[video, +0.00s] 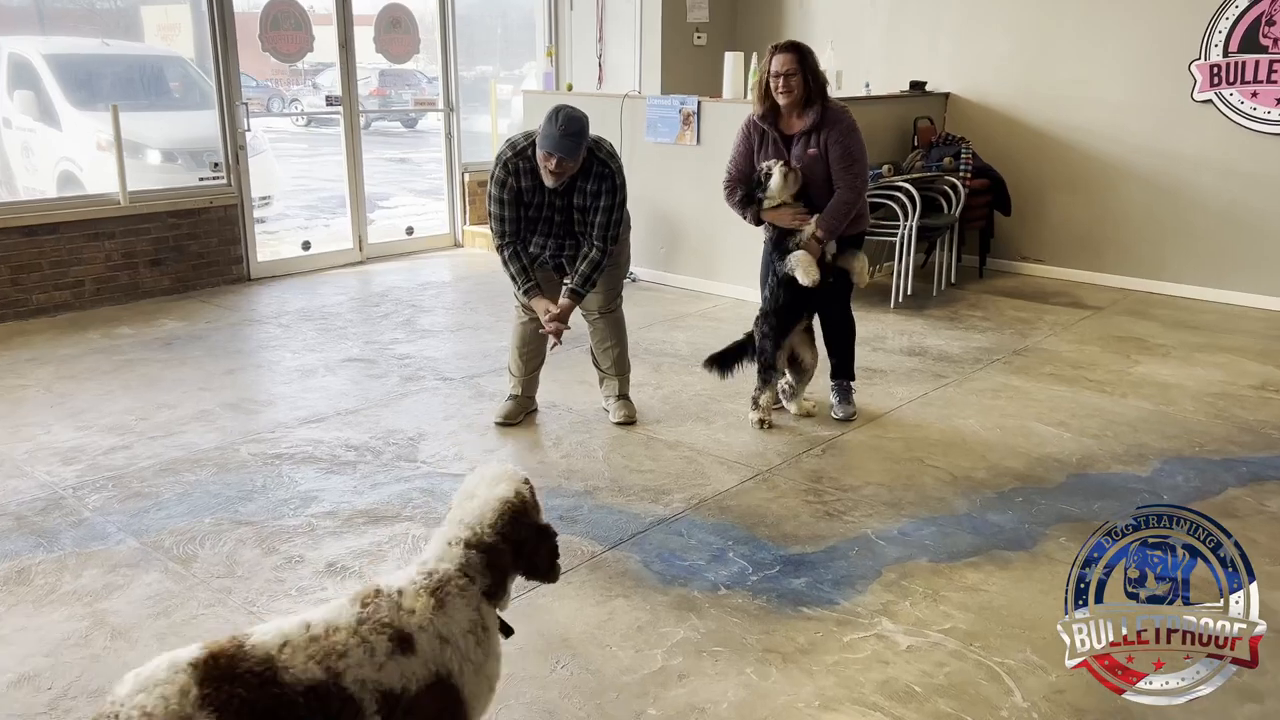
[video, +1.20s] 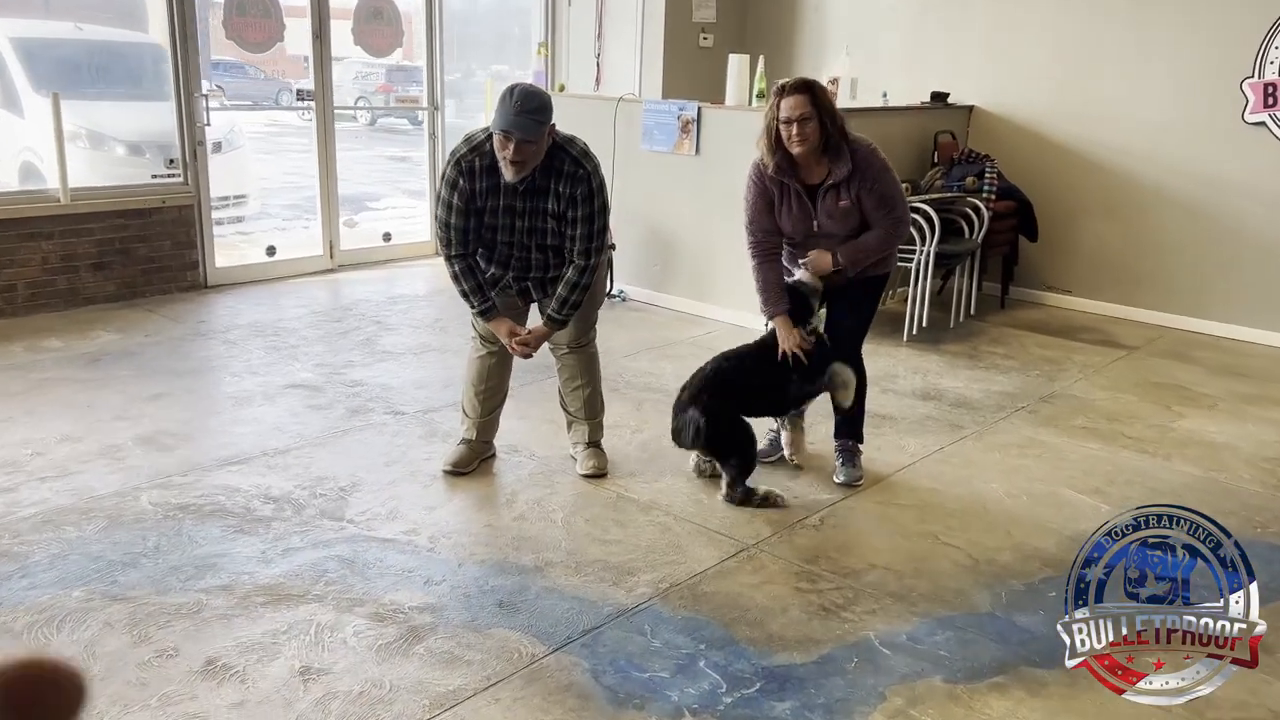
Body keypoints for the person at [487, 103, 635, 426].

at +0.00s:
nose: (554, 165)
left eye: (566, 159)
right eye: (548, 154)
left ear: (582, 152)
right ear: (539, 142)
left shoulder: (605, 166)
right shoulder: (511, 161)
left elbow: (600, 245)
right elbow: (506, 241)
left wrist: (566, 306)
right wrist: (536, 300)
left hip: (595, 242)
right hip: (540, 242)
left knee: (602, 310)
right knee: (528, 314)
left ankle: (616, 395)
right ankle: (521, 396)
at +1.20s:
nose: (512, 152)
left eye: (526, 142)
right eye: (505, 138)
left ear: (549, 135)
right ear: (494, 128)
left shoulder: (579, 169)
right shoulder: (466, 163)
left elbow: (584, 258)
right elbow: (454, 249)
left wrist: (549, 325)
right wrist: (492, 317)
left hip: (567, 264)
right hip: (501, 263)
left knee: (573, 345)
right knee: (487, 343)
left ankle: (587, 442)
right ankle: (476, 440)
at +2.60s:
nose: (583, 165)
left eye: (591, 158)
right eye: (576, 157)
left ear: (608, 130)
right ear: (554, 130)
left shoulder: (617, 143)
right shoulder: (500, 138)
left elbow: (636, 201)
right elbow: (477, 233)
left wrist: (649, 266)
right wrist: (507, 308)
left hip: (576, 256)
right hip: (505, 253)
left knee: (585, 344)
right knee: (497, 347)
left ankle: (598, 440)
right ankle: (485, 439)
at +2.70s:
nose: (591, 182)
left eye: (600, 176)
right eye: (584, 174)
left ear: (618, 147)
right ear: (563, 148)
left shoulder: (628, 154)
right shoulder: (511, 152)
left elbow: (651, 213)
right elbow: (491, 245)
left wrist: (672, 281)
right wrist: (522, 320)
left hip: (582, 256)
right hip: (511, 253)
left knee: (592, 345)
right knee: (502, 345)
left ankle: (605, 440)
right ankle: (492, 440)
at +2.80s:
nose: (595, 205)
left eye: (605, 198)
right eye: (588, 195)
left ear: (626, 167)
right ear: (569, 168)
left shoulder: (637, 165)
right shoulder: (521, 172)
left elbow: (655, 224)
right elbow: (514, 264)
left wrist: (673, 287)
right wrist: (554, 335)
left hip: (588, 251)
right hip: (514, 251)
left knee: (601, 338)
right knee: (512, 337)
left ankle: (611, 438)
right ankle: (499, 439)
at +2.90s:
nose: (602, 229)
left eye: (611, 226)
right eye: (592, 219)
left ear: (629, 185)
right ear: (572, 188)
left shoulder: (643, 173)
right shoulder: (529, 192)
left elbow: (658, 227)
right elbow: (523, 282)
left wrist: (660, 294)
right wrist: (575, 339)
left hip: (596, 240)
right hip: (516, 242)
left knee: (604, 334)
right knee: (519, 334)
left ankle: (615, 438)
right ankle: (503, 440)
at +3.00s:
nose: (602, 247)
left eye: (611, 243)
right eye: (594, 238)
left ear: (628, 201)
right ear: (569, 202)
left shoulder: (644, 186)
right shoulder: (527, 205)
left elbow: (662, 244)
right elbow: (521, 292)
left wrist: (652, 312)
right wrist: (575, 341)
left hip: (603, 245)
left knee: (610, 335)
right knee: (522, 335)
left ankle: (617, 441)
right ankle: (506, 443)